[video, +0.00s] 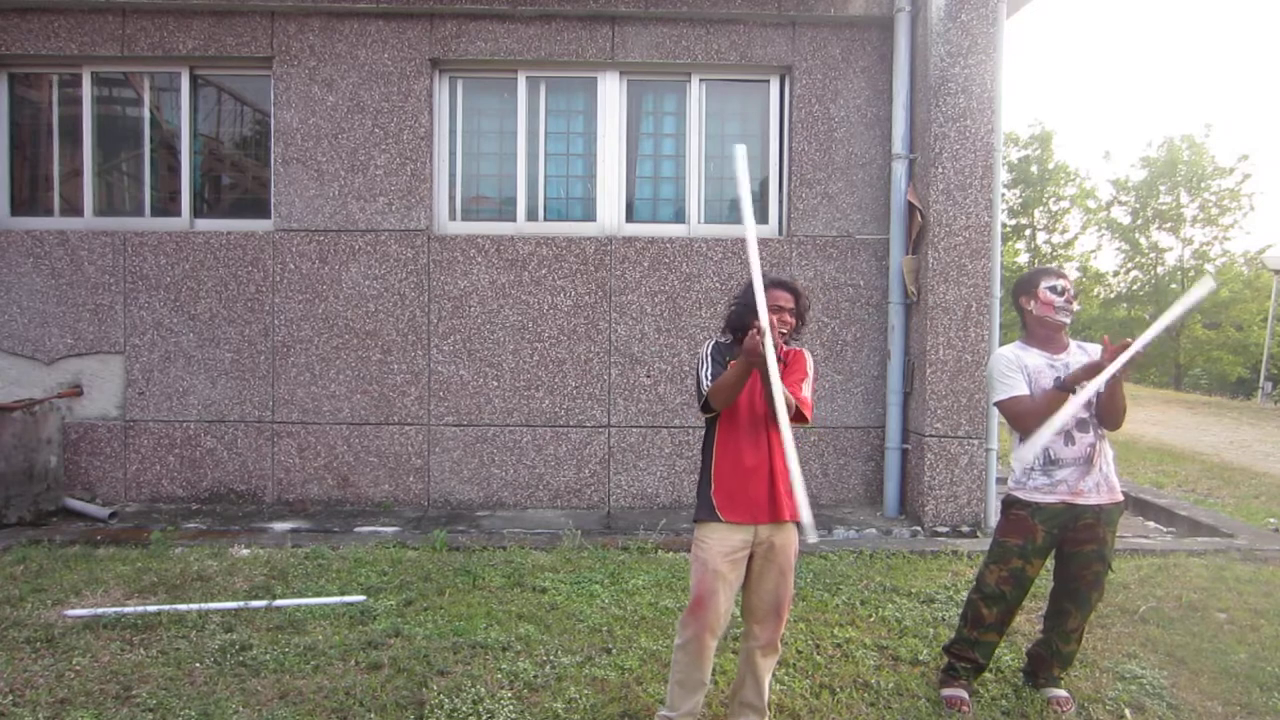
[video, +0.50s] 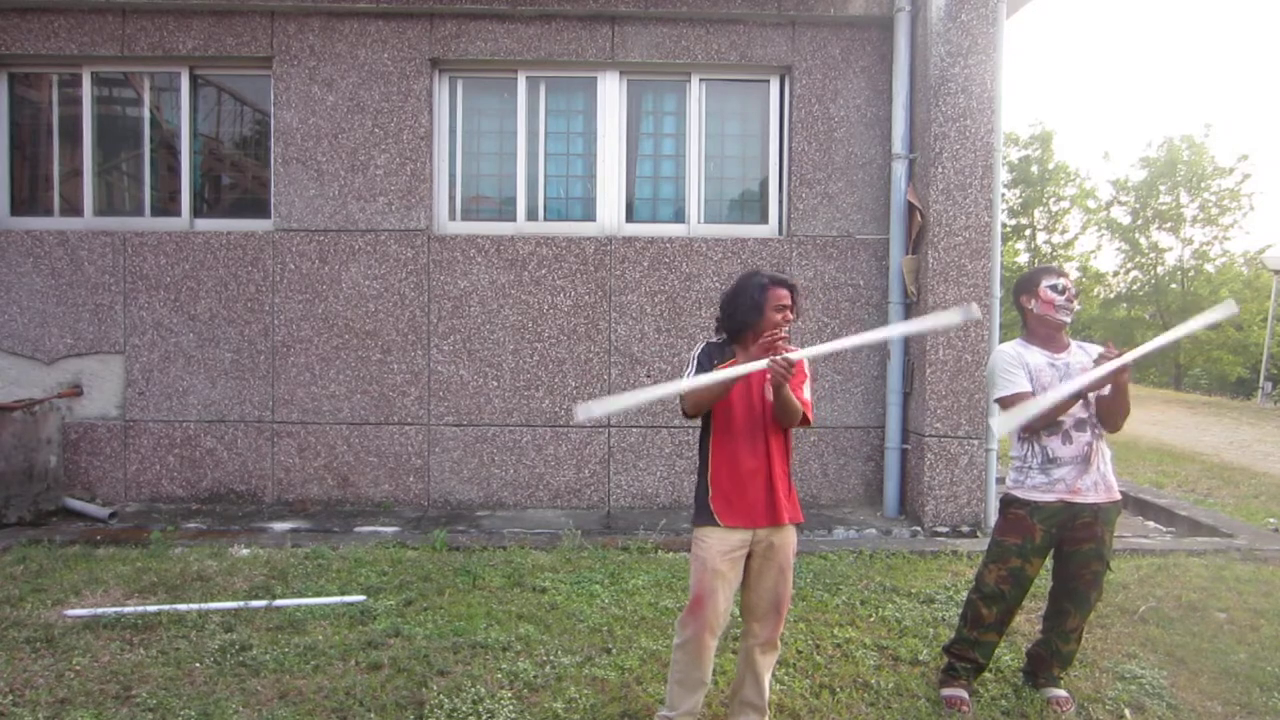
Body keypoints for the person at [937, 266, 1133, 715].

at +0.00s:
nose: (1068, 299)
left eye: (1071, 294)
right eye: (1056, 290)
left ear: (1074, 307)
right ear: (1026, 302)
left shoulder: (1091, 355)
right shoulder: (1007, 358)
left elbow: (1112, 421)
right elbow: (1024, 422)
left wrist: (1114, 372)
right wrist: (1076, 380)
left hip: (1096, 500)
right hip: (1035, 498)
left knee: (1079, 598)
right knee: (998, 588)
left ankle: (1046, 673)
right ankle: (958, 675)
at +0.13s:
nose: (1067, 299)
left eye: (1071, 294)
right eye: (1056, 290)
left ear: (1075, 308)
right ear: (1026, 302)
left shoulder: (1088, 355)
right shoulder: (1007, 358)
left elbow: (1108, 420)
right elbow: (1023, 421)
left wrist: (1109, 374)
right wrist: (1075, 389)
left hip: (1091, 499)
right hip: (1033, 497)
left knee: (1079, 595)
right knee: (998, 587)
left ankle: (1045, 672)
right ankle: (959, 674)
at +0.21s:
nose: (1067, 299)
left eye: (1071, 294)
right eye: (1056, 290)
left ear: (1074, 307)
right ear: (1026, 302)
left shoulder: (1088, 356)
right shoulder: (1008, 357)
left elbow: (1112, 420)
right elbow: (1023, 420)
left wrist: (1105, 372)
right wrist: (1076, 390)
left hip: (1095, 498)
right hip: (1034, 497)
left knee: (1079, 596)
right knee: (997, 587)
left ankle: (1045, 673)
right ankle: (958, 674)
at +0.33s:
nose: (1067, 298)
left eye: (1071, 293)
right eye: (1055, 291)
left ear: (1074, 306)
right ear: (1025, 302)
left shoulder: (1088, 357)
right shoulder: (1008, 357)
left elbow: (1113, 420)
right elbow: (1025, 420)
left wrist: (1101, 379)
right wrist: (1080, 387)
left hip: (1095, 499)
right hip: (1033, 497)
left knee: (1078, 597)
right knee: (997, 587)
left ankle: (1045, 673)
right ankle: (958, 675)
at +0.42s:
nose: (1068, 299)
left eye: (1072, 293)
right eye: (1057, 289)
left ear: (1074, 306)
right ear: (1026, 300)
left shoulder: (1089, 355)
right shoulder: (1009, 354)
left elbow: (1114, 422)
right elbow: (1028, 419)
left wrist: (1112, 378)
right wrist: (1079, 385)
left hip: (1094, 498)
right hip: (1033, 496)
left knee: (1078, 597)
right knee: (997, 588)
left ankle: (1045, 673)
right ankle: (958, 675)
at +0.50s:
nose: (1069, 298)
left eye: (1072, 293)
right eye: (1057, 289)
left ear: (1075, 307)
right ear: (1027, 301)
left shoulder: (1092, 356)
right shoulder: (1008, 356)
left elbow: (1113, 422)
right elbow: (1028, 423)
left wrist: (1119, 376)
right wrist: (1082, 387)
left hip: (1094, 498)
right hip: (1033, 496)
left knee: (1078, 597)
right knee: (997, 588)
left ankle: (1045, 673)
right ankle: (958, 675)